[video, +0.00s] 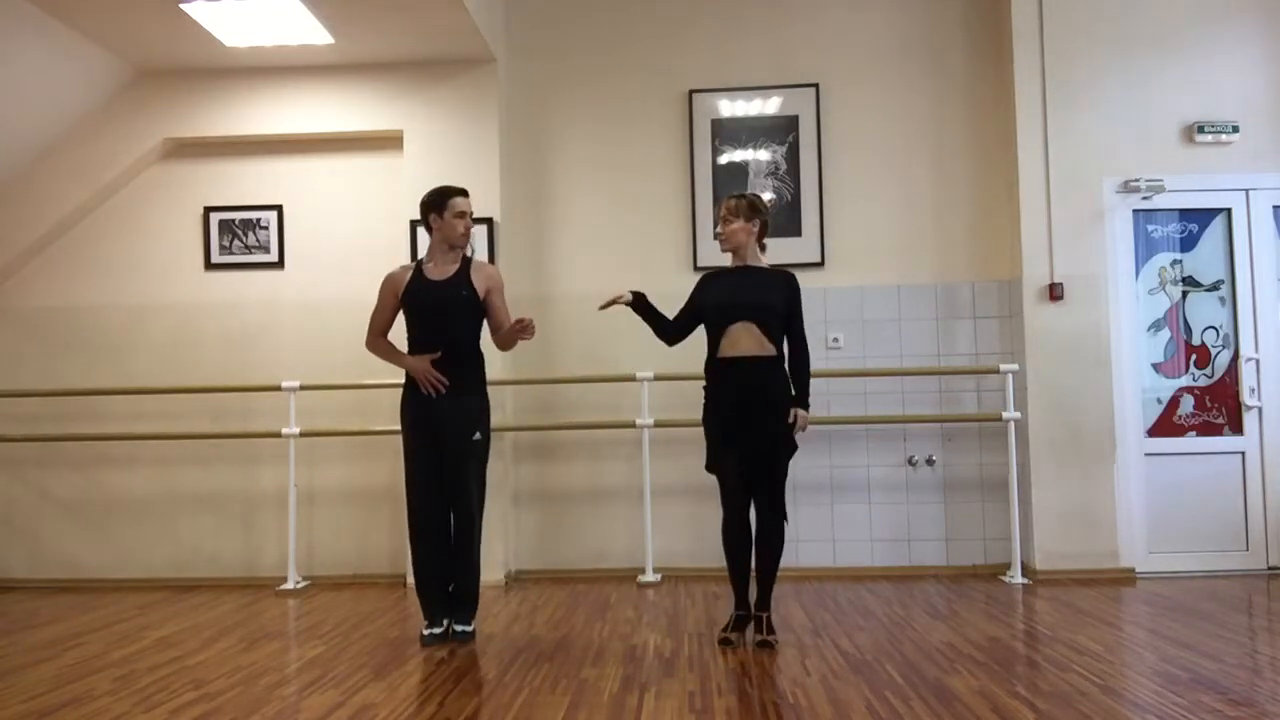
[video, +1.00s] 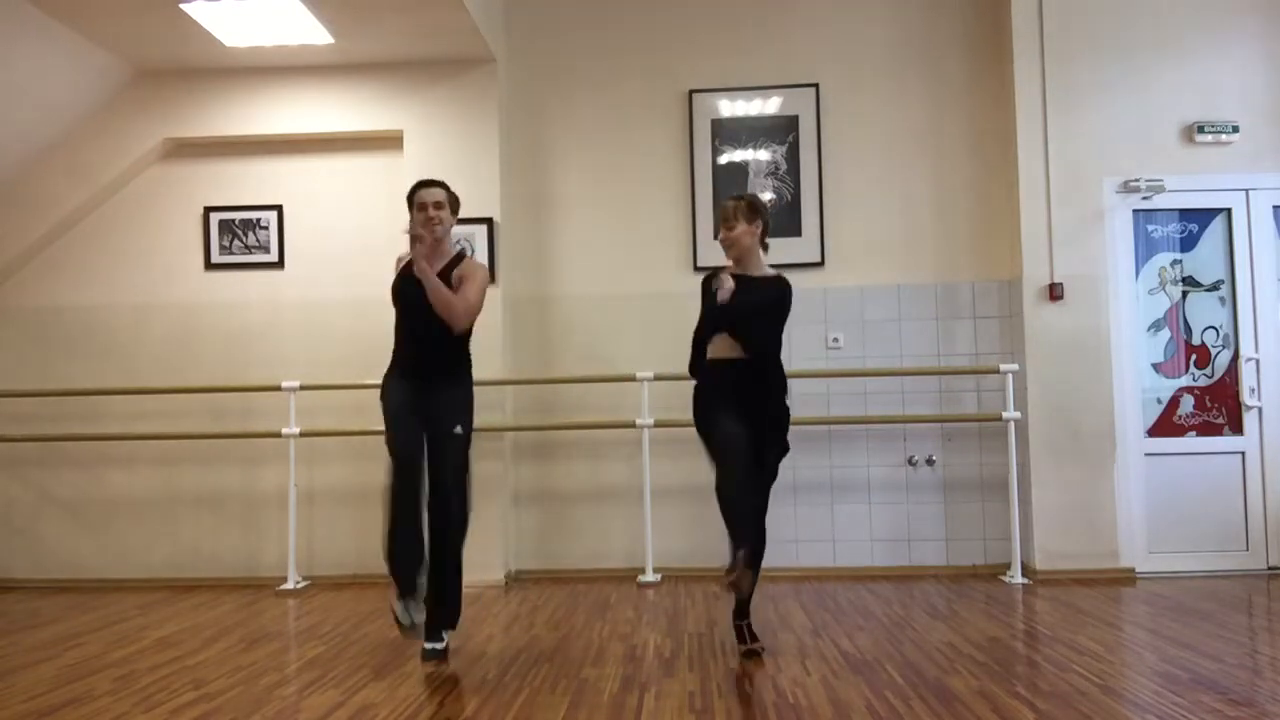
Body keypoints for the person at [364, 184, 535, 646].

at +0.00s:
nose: (468, 224)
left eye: (470, 216)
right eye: (459, 216)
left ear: (469, 222)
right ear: (433, 221)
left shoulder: (484, 274)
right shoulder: (400, 281)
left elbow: (502, 339)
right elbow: (374, 339)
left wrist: (516, 331)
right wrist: (407, 362)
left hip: (467, 402)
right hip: (421, 405)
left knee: (465, 510)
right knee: (426, 511)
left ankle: (462, 614)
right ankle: (435, 615)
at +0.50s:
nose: (440, 229)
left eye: (447, 221)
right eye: (431, 223)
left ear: (459, 230)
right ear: (417, 233)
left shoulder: (482, 285)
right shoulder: (399, 291)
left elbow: (527, 320)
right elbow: (385, 358)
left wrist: (514, 360)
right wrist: (405, 369)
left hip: (452, 403)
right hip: (405, 404)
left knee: (440, 481)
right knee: (410, 506)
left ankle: (443, 592)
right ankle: (432, 608)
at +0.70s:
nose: (429, 214)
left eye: (436, 205)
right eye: (419, 207)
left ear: (448, 212)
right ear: (406, 215)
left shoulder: (467, 267)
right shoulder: (388, 271)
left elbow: (483, 333)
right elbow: (375, 319)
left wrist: (431, 299)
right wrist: (367, 358)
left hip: (465, 388)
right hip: (417, 383)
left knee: (454, 509)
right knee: (403, 429)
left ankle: (441, 615)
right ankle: (418, 499)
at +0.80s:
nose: (429, 213)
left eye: (437, 206)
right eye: (420, 207)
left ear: (450, 214)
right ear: (407, 215)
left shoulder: (465, 270)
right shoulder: (389, 269)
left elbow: (463, 334)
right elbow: (386, 313)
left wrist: (425, 285)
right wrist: (383, 343)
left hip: (462, 387)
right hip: (416, 382)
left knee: (453, 509)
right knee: (421, 430)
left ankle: (440, 622)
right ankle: (427, 525)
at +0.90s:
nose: (433, 217)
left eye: (440, 209)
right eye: (423, 210)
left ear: (454, 216)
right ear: (411, 218)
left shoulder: (468, 277)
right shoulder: (400, 272)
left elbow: (453, 341)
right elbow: (400, 339)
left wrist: (429, 287)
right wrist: (397, 390)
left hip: (456, 401)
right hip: (408, 401)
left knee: (460, 506)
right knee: (423, 500)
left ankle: (445, 622)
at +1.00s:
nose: (431, 214)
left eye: (439, 207)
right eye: (423, 208)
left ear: (454, 215)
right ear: (411, 217)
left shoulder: (471, 268)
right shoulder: (403, 266)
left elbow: (460, 320)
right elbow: (405, 327)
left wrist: (426, 274)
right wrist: (397, 379)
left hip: (450, 392)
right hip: (402, 388)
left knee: (448, 504)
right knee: (406, 486)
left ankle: (440, 624)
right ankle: (407, 587)